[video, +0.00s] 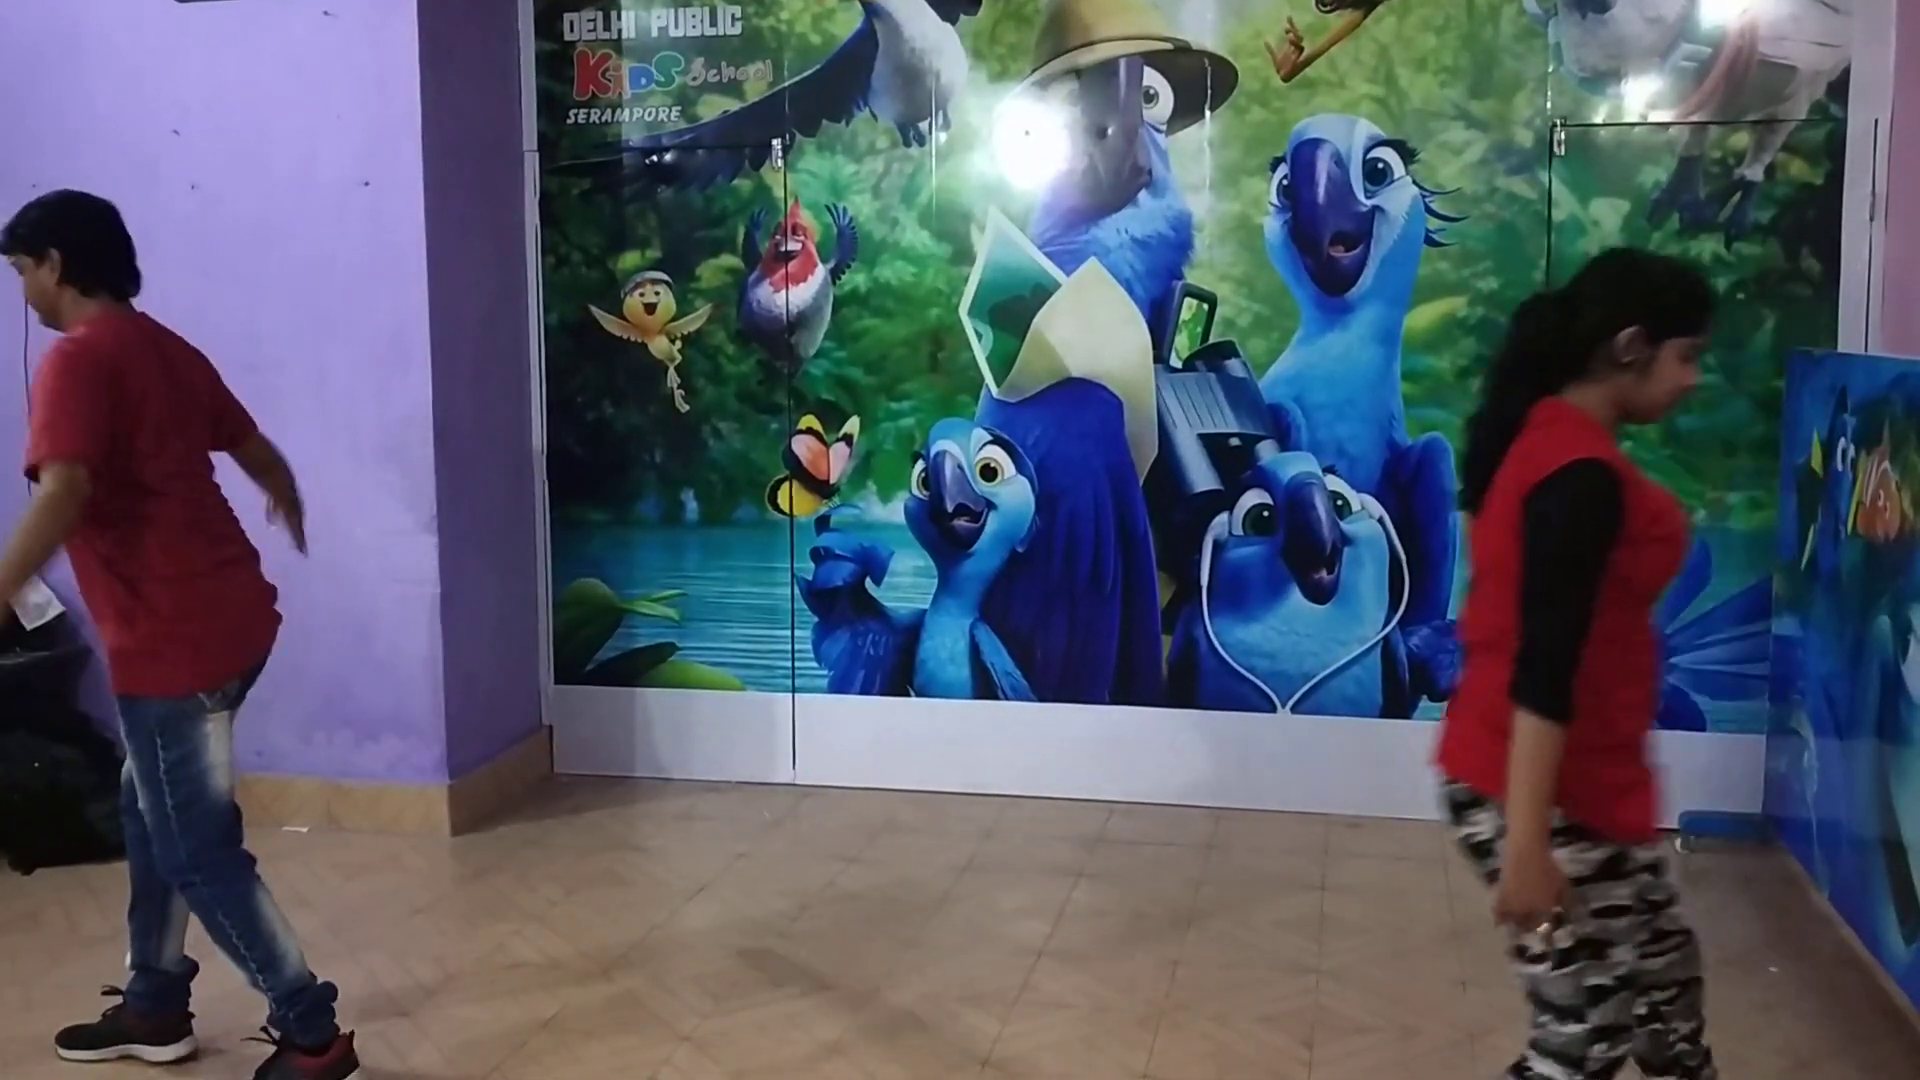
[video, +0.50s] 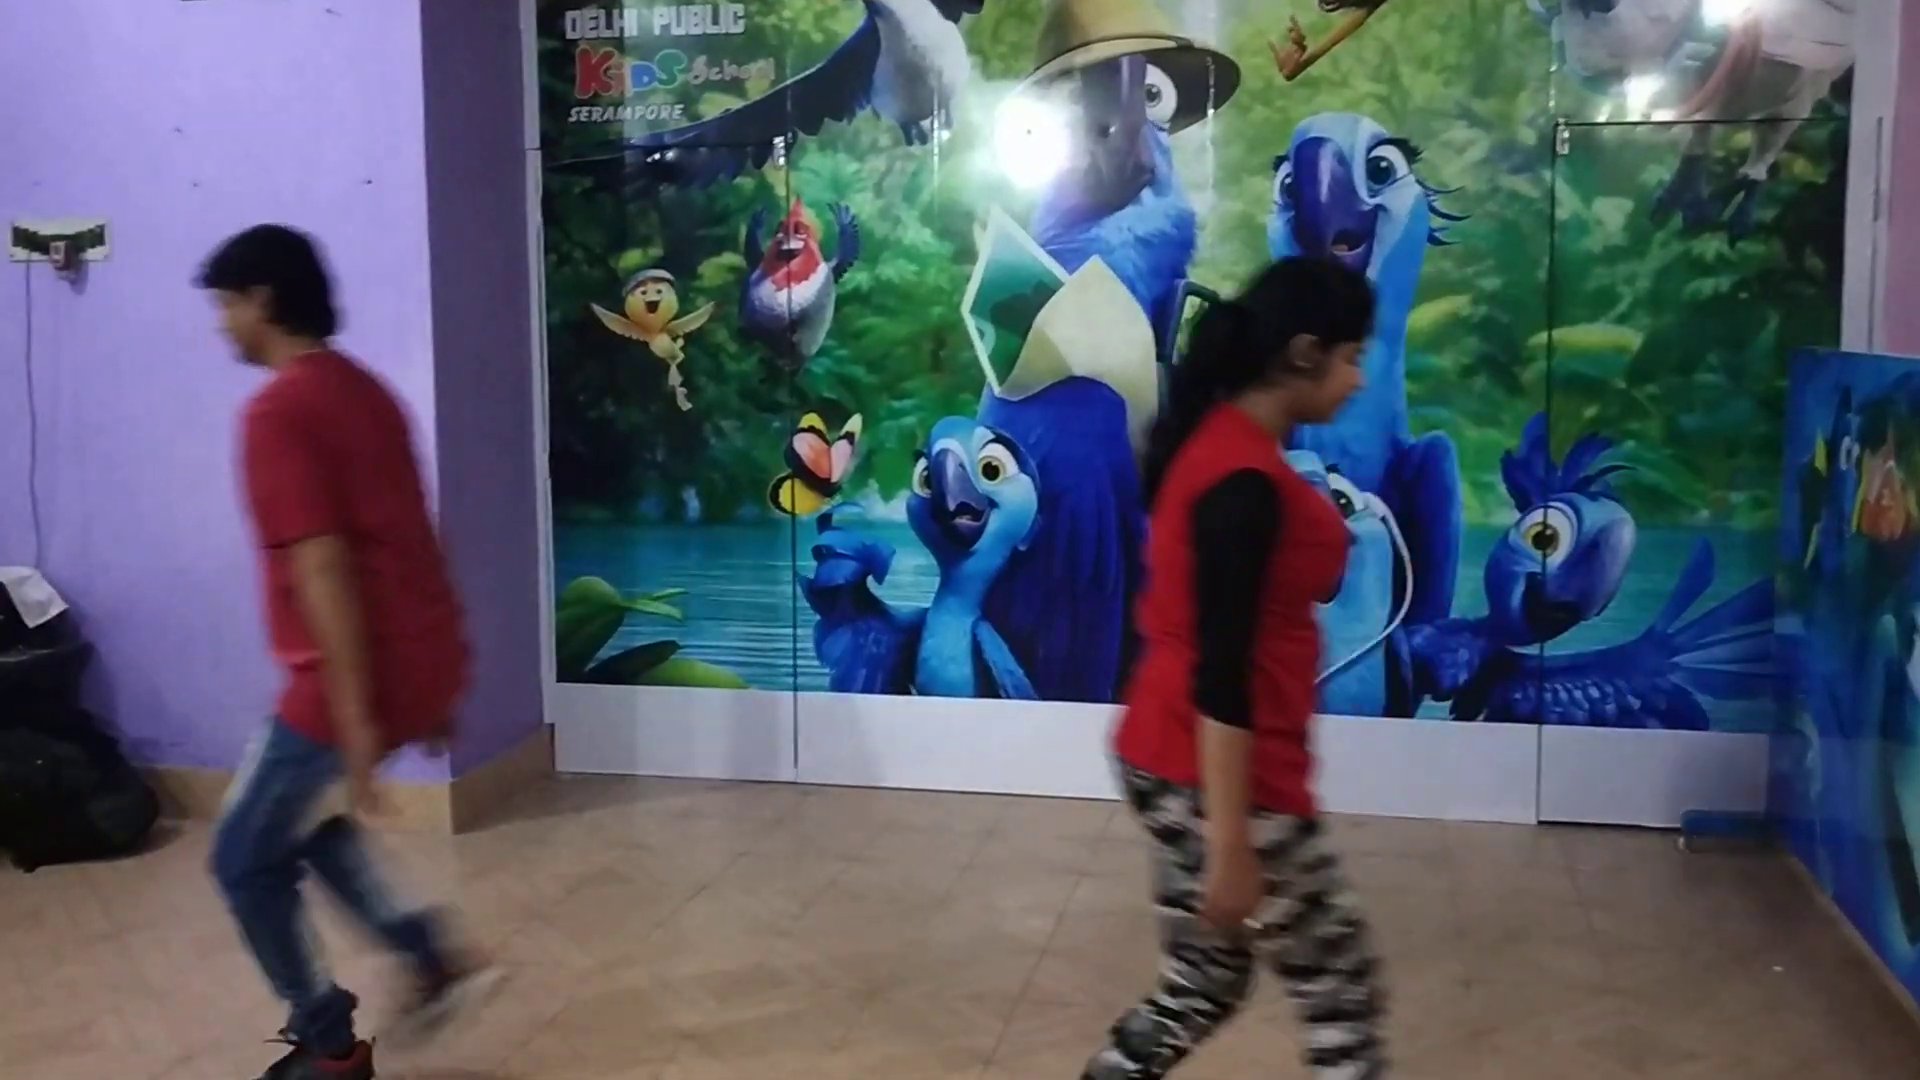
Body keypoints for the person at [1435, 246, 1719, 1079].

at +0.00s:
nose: (1693, 380)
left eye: (1697, 360)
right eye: (1687, 357)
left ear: (1621, 348)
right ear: (1628, 348)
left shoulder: (1555, 443)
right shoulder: (1578, 472)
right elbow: (1543, 671)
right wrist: (1526, 846)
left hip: (1586, 788)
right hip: (1544, 799)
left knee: (1665, 981)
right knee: (1584, 1032)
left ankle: (1675, 1070)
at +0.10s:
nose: (1642, 393)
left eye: (1644, 373)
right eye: (1635, 371)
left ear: (1568, 366)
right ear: (1575, 366)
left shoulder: (1499, 454)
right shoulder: (1528, 488)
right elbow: (1498, 693)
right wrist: (1488, 869)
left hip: (1498, 788)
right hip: (1464, 806)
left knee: (1627, 955)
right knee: (1567, 1026)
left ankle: (1612, 1066)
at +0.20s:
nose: (1581, 403)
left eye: (1584, 382)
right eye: (1574, 381)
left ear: (1508, 374)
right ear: (1516, 376)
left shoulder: (1436, 461)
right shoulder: (1471, 498)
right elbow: (1442, 704)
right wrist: (1437, 880)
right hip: (1412, 810)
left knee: (1571, 958)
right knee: (1538, 1005)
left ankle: (1511, 1063)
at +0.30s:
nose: (1513, 399)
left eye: (1515, 379)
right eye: (1505, 378)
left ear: (1441, 373)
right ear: (1447, 373)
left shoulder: (1363, 463)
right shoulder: (1404, 498)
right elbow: (1378, 703)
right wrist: (1375, 877)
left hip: (1328, 787)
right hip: (1375, 804)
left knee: (1457, 985)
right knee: (1502, 1020)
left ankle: (1327, 1064)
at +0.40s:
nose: (1438, 388)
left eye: (1438, 368)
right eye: (1429, 367)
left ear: (1363, 365)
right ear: (1372, 365)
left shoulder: (1293, 456)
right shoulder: (1326, 488)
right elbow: (1303, 691)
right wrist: (1305, 861)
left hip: (1263, 780)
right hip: (1320, 795)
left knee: (1328, 996)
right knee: (1440, 1000)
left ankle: (1171, 1066)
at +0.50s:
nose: (1359, 378)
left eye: (1360, 358)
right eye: (1352, 357)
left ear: (1286, 352)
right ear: (1301, 355)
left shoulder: (1213, 442)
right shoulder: (1242, 479)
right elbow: (1223, 679)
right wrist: (1230, 848)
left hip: (1176, 762)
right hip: (1231, 779)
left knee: (1204, 982)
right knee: (1339, 990)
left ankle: (1108, 1072)